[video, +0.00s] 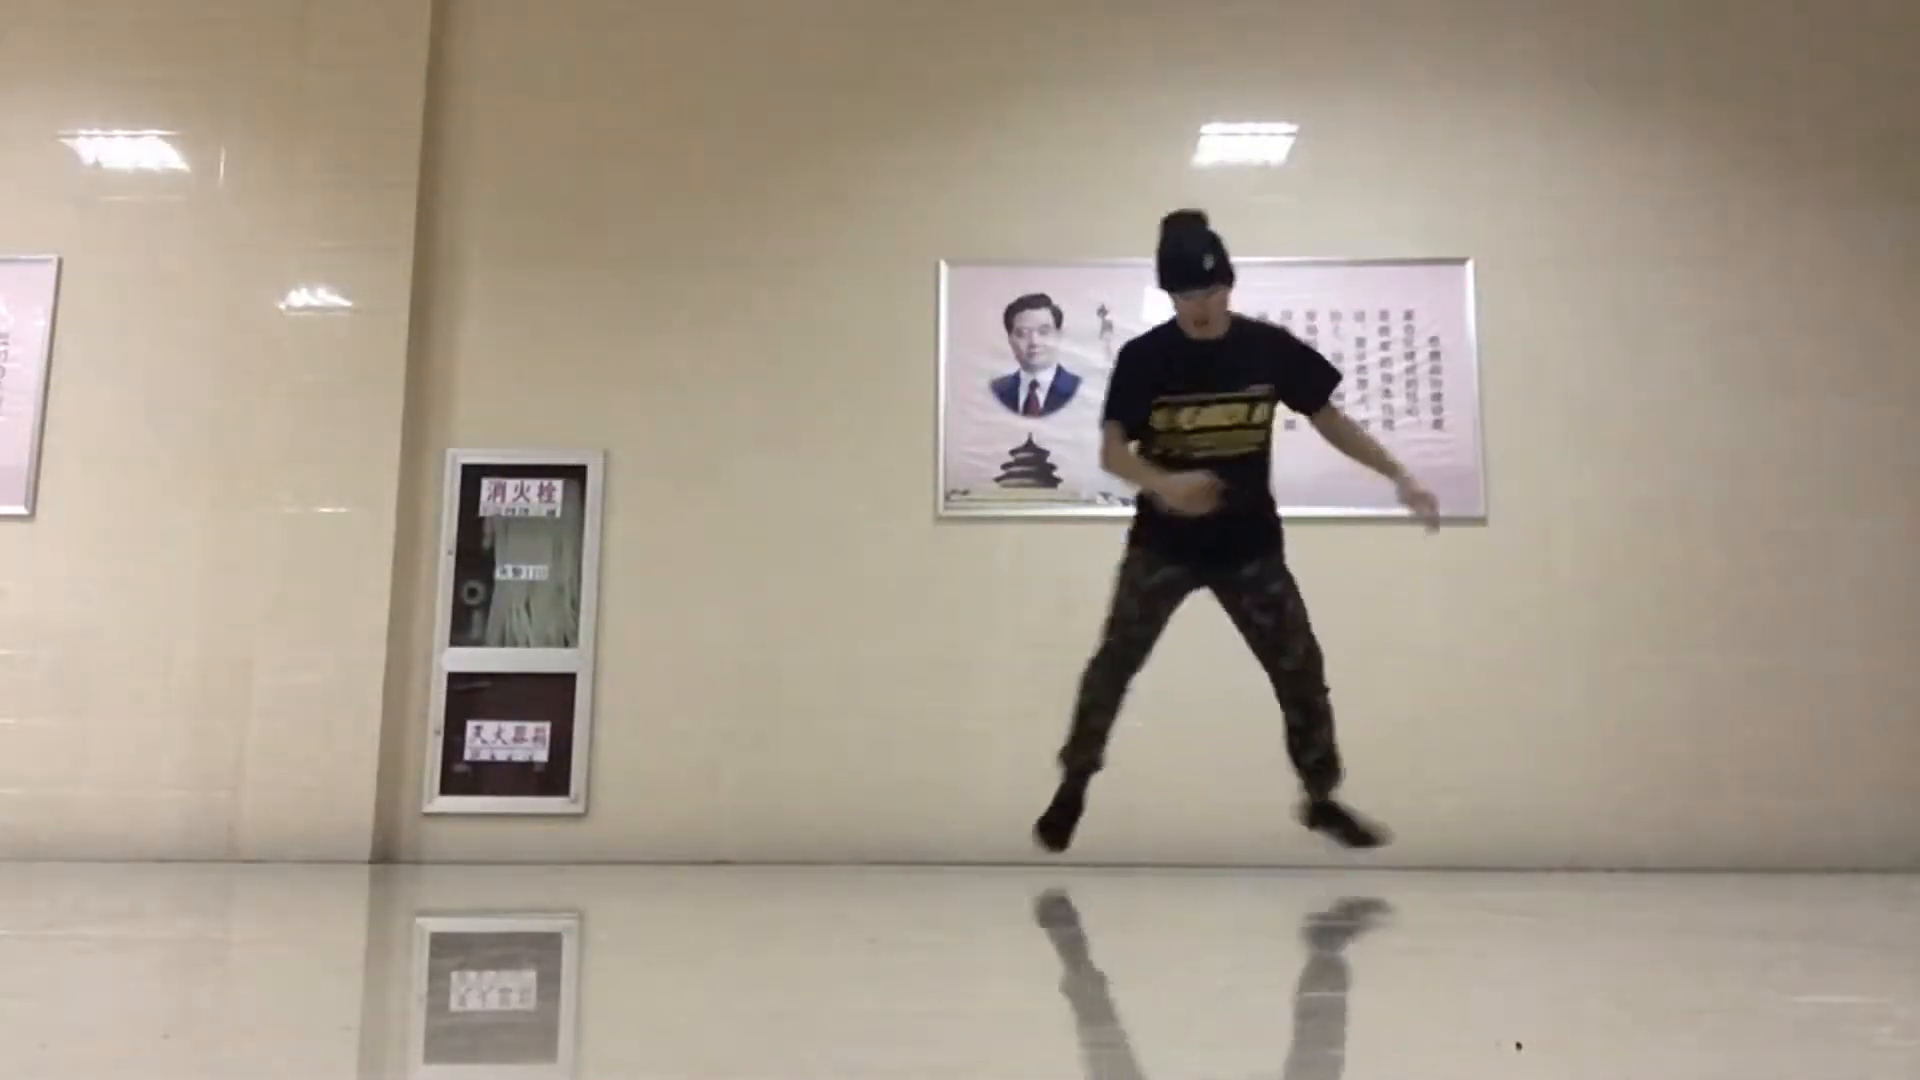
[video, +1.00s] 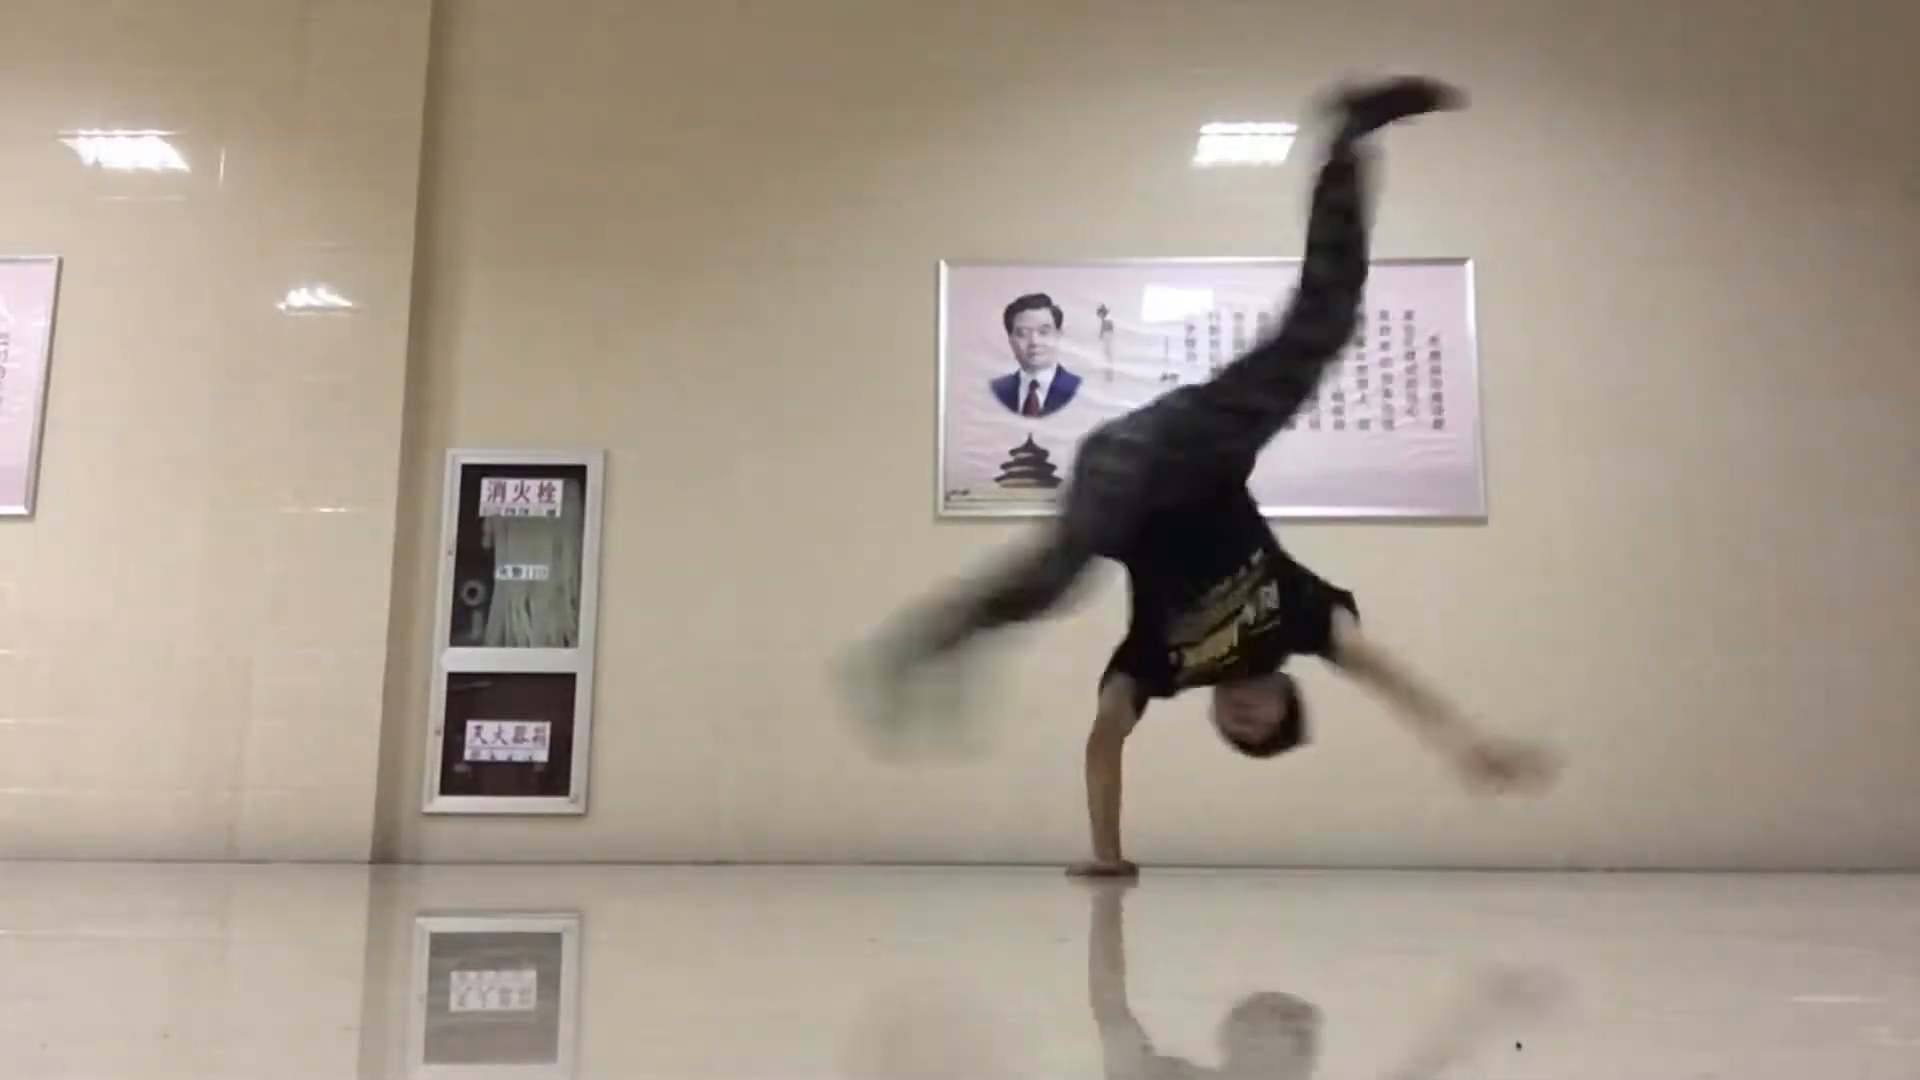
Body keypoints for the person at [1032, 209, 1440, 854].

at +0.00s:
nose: (1207, 302)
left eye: (1215, 287)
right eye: (1192, 292)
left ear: (1230, 282)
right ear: (1170, 293)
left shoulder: (1269, 349)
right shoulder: (1141, 359)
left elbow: (1332, 423)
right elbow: (1112, 454)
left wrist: (1400, 476)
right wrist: (1164, 484)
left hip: (1247, 545)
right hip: (1163, 546)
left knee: (1299, 666)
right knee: (1114, 662)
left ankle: (1322, 798)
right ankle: (1072, 785)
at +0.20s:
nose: (1168, 418)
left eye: (1178, 402)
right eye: (1154, 407)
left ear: (1198, 389)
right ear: (1137, 400)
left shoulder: (1240, 439)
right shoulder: (1111, 452)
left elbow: (1324, 491)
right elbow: (1061, 543)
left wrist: (1393, 549)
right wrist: (1010, 614)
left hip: (1215, 613)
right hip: (1126, 615)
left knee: (1299, 713)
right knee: (1082, 713)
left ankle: (1396, 826)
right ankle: (1033, 828)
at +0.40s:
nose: (1101, 537)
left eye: (1097, 528)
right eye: (1090, 532)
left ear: (1109, 498)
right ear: (1085, 502)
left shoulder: (1212, 495)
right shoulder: (1149, 492)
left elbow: (1215, 612)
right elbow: (1204, 585)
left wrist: (1163, 714)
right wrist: (1168, 684)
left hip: (1324, 570)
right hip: (1247, 579)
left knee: (1377, 701)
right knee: (1177, 696)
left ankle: (1424, 834)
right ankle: (1109, 810)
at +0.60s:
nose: (1078, 637)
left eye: (1067, 628)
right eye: (1067, 628)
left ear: (1073, 604)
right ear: (1071, 581)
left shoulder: (1132, 601)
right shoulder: (1129, 539)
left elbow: (1124, 719)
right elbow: (1080, 529)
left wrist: (1104, 822)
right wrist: (1019, 535)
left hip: (1343, 593)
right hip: (1368, 535)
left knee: (1367, 740)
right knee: (1497, 627)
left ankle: (1474, 834)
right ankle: (1661, 651)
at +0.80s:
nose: (1125, 723)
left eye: (1117, 720)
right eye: (1119, 721)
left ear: (1092, 689)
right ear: (1133, 687)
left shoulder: (1107, 643)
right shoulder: (1179, 624)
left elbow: (1112, 744)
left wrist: (1109, 856)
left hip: (1264, 535)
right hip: (1273, 475)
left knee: (1439, 603)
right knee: (1412, 374)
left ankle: (1646, 583)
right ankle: (1246, 346)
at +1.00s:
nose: (1250, 711)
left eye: (1247, 728)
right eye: (1265, 716)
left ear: (1230, 712)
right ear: (1279, 691)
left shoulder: (1158, 656)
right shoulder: (1302, 617)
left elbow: (1104, 747)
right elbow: (1388, 678)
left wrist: (1106, 857)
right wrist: (1468, 748)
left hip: (1118, 463)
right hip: (1202, 444)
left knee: (1044, 579)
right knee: (1318, 330)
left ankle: (908, 648)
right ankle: (1350, 136)